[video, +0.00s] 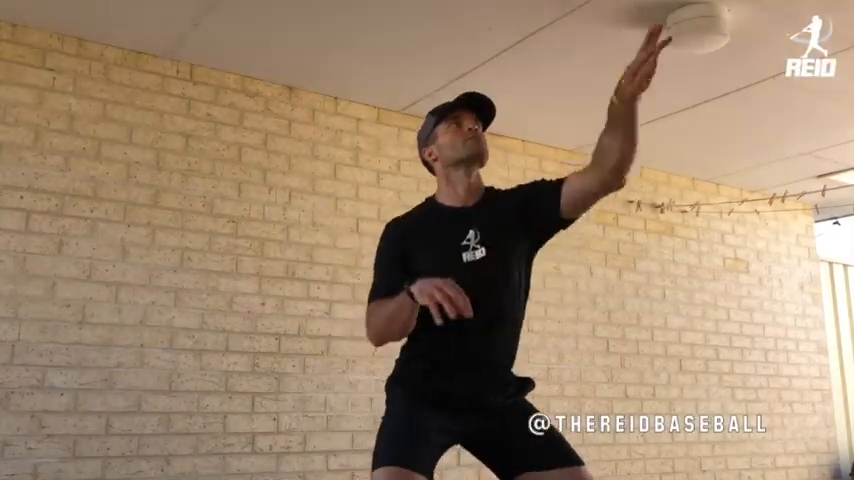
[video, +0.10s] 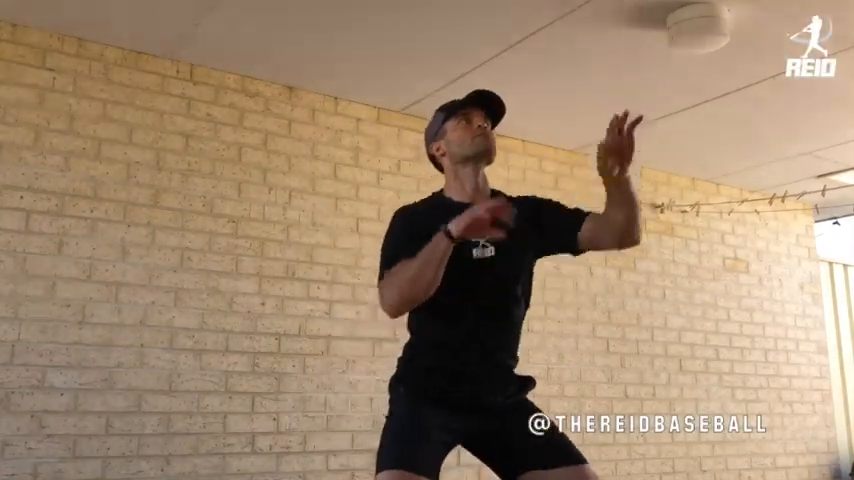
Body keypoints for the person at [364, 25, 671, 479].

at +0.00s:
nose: (472, 128)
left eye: (477, 124)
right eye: (455, 124)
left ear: (486, 146)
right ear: (430, 154)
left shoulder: (520, 209)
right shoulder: (403, 232)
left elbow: (606, 175)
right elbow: (379, 331)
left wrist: (625, 99)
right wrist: (413, 293)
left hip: (496, 395)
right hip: (420, 396)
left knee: (573, 476)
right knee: (394, 475)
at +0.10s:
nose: (480, 122)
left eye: (485, 120)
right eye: (463, 119)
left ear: (494, 143)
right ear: (438, 148)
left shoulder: (526, 214)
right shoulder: (414, 219)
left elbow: (623, 233)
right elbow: (393, 301)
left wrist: (616, 175)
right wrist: (451, 234)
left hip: (497, 395)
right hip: (425, 395)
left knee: (577, 475)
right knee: (399, 473)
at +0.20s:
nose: (496, 134)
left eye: (501, 127)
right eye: (481, 125)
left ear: (516, 145)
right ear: (454, 150)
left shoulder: (528, 227)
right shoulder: (430, 202)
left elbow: (608, 284)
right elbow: (446, 227)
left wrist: (609, 227)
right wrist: (498, 159)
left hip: (499, 396)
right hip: (429, 394)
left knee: (579, 475)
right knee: (408, 473)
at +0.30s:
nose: (517, 137)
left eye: (521, 131)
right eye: (499, 130)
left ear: (526, 148)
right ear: (470, 152)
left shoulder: (535, 240)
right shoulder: (457, 200)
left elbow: (587, 312)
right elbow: (519, 146)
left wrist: (606, 256)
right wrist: (550, 94)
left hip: (502, 396)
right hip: (438, 390)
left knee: (579, 476)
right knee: (419, 475)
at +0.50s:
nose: (529, 145)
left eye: (535, 139)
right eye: (513, 135)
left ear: (541, 153)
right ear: (485, 157)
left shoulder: (534, 243)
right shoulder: (477, 196)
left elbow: (570, 328)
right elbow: (543, 170)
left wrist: (596, 279)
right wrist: (608, 119)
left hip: (503, 393)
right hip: (444, 385)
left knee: (577, 473)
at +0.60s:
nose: (529, 141)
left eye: (532, 138)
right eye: (513, 136)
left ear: (537, 160)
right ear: (485, 161)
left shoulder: (544, 249)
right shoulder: (469, 198)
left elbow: (595, 316)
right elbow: (498, 221)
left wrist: (600, 257)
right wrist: (584, 186)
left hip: (503, 396)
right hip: (441, 389)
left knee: (578, 474)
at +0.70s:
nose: (526, 147)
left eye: (528, 143)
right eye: (509, 141)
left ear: (533, 164)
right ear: (482, 165)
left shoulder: (536, 243)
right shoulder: (455, 208)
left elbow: (620, 297)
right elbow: (453, 264)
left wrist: (608, 228)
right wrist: (536, 245)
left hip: (499, 400)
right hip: (434, 396)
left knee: (576, 475)